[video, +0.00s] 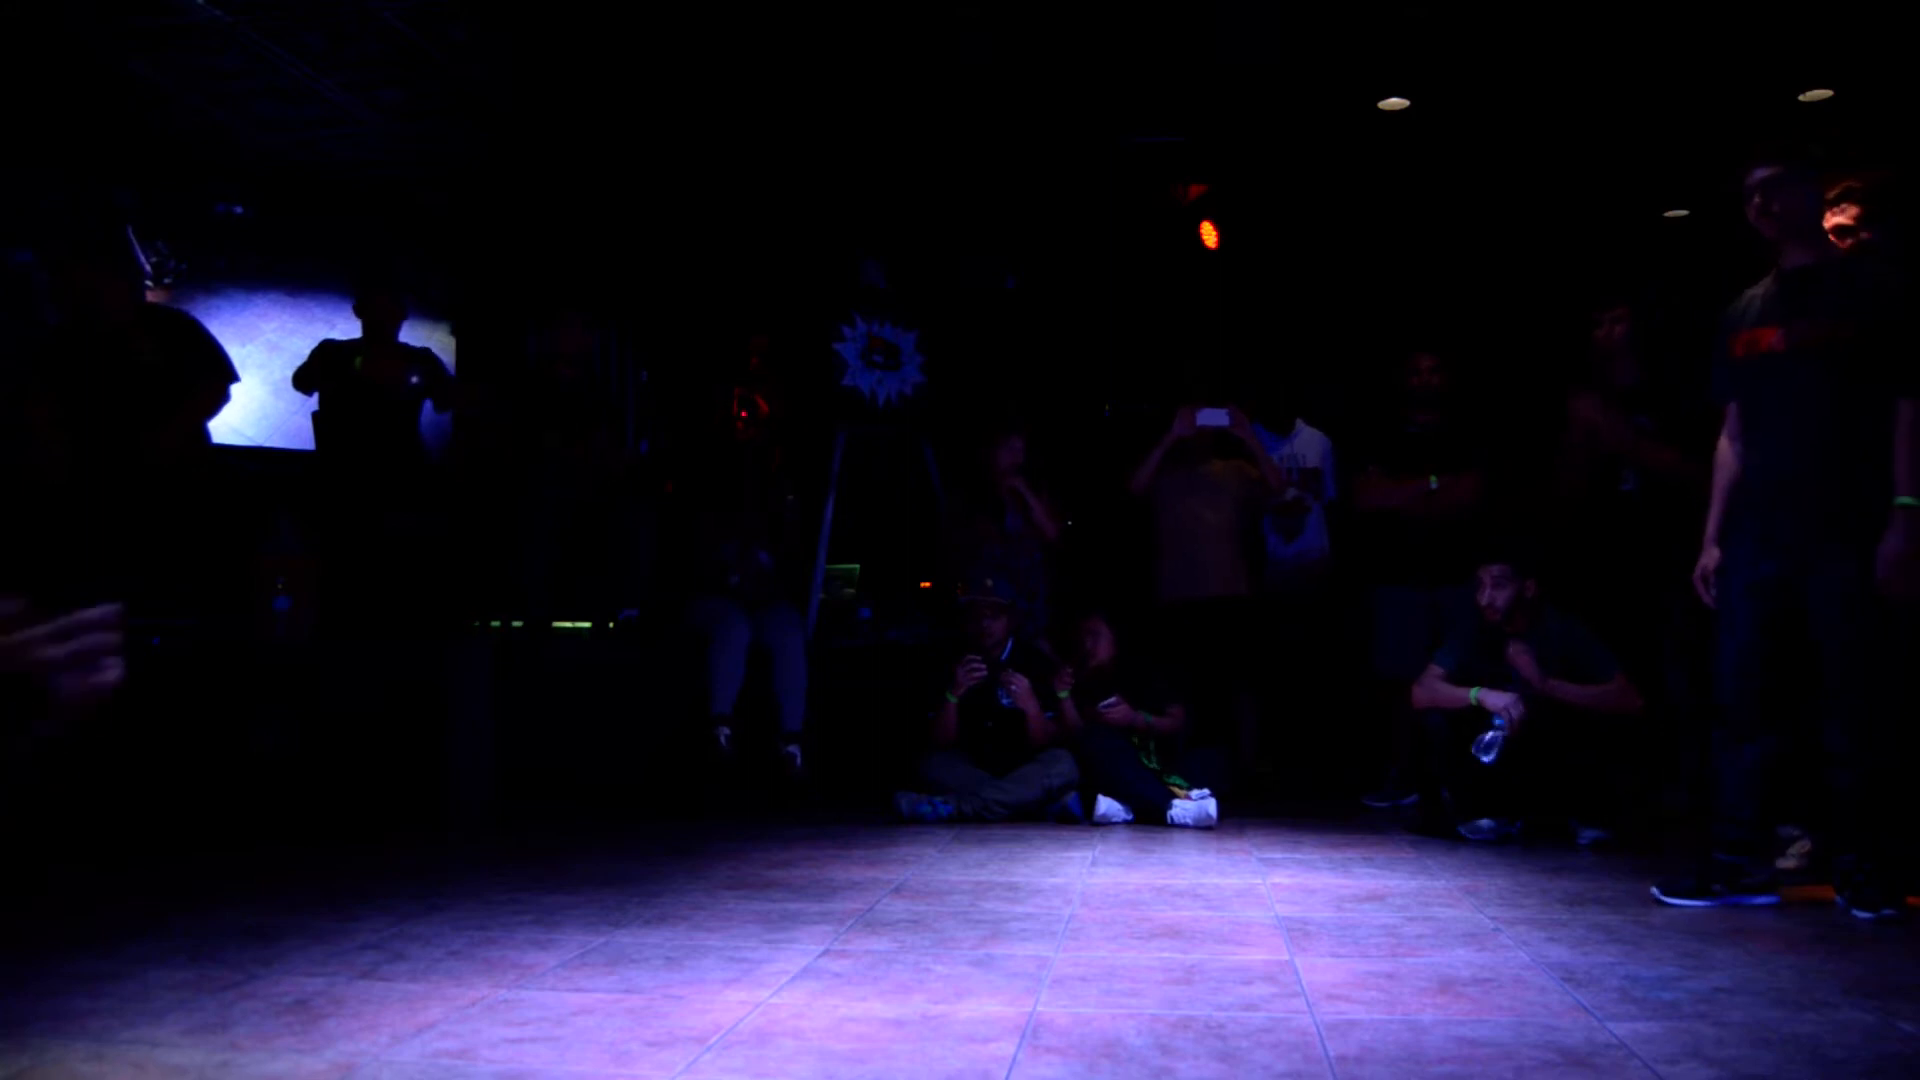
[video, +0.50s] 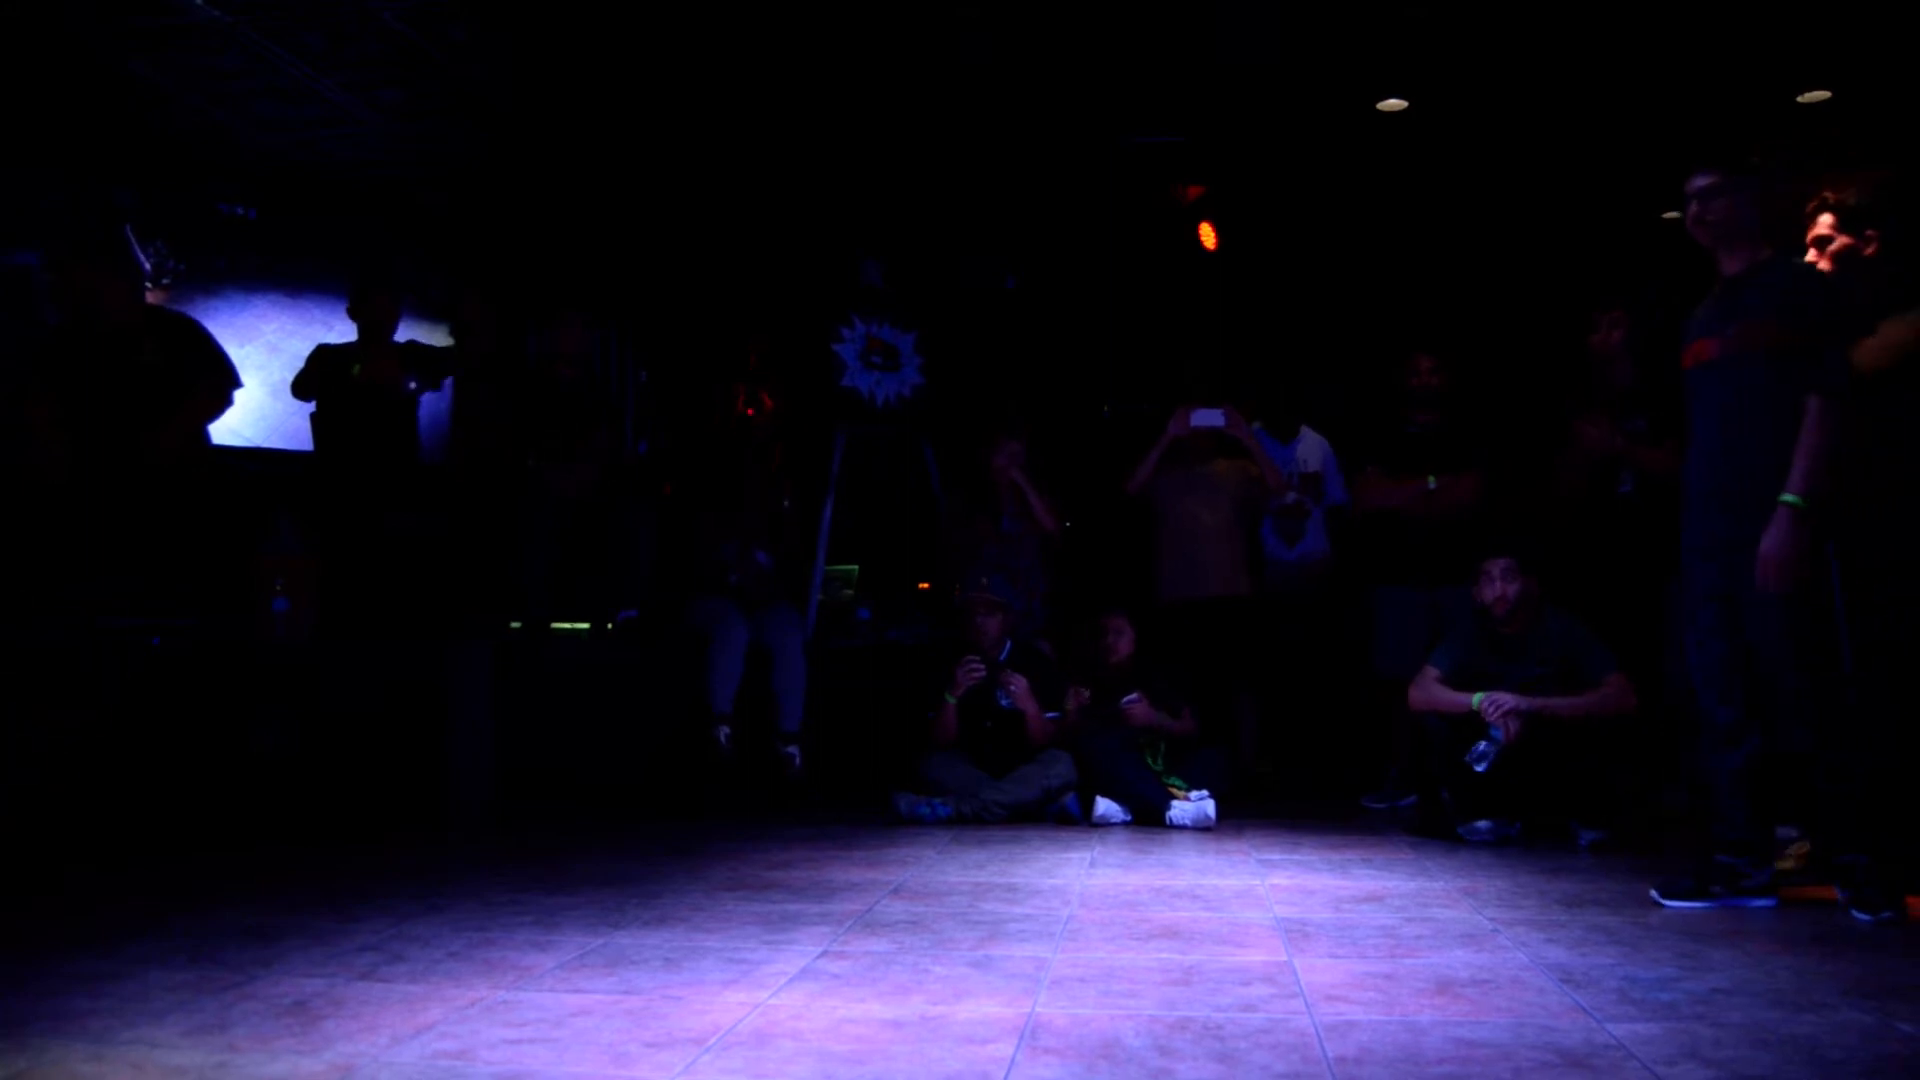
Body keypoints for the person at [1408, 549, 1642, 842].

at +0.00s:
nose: (1486, 598)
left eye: (1499, 586)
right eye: (1481, 587)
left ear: (1526, 589)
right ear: (1475, 589)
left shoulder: (1561, 633)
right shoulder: (1476, 632)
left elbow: (1625, 697)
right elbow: (1423, 692)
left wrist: (1545, 685)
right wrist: (1480, 696)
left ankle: (1588, 817)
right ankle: (1493, 814)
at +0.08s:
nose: (1485, 597)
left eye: (1498, 585)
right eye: (1481, 586)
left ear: (1526, 588)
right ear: (1475, 588)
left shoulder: (1561, 633)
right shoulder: (1475, 632)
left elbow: (1620, 695)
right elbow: (1422, 691)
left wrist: (1529, 697)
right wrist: (1485, 699)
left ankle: (1587, 817)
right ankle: (1490, 814)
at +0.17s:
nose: (1487, 600)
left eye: (1499, 589)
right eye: (1482, 589)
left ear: (1527, 591)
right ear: (1476, 591)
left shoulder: (1562, 633)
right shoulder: (1474, 632)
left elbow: (1620, 695)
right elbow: (1423, 690)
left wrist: (1532, 697)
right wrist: (1485, 700)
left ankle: (1588, 817)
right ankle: (1490, 814)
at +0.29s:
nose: (1488, 606)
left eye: (1500, 594)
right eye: (1483, 594)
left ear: (1528, 595)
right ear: (1477, 595)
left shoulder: (1562, 634)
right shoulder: (1474, 633)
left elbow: (1620, 696)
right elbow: (1423, 691)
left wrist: (1530, 697)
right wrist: (1489, 699)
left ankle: (1588, 818)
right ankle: (1494, 815)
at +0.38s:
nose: (1488, 604)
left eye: (1500, 592)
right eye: (1482, 593)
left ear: (1528, 594)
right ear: (1475, 595)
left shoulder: (1562, 634)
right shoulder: (1474, 634)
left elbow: (1619, 696)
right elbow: (1421, 692)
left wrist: (1530, 698)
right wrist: (1484, 699)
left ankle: (1587, 819)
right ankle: (1494, 816)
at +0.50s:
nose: (1498, 591)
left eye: (1508, 579)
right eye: (1488, 581)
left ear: (1527, 584)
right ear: (1478, 589)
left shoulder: (1560, 631)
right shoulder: (1471, 632)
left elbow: (1619, 696)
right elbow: (1420, 693)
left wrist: (1528, 703)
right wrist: (1484, 704)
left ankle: (1587, 818)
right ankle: (1487, 815)